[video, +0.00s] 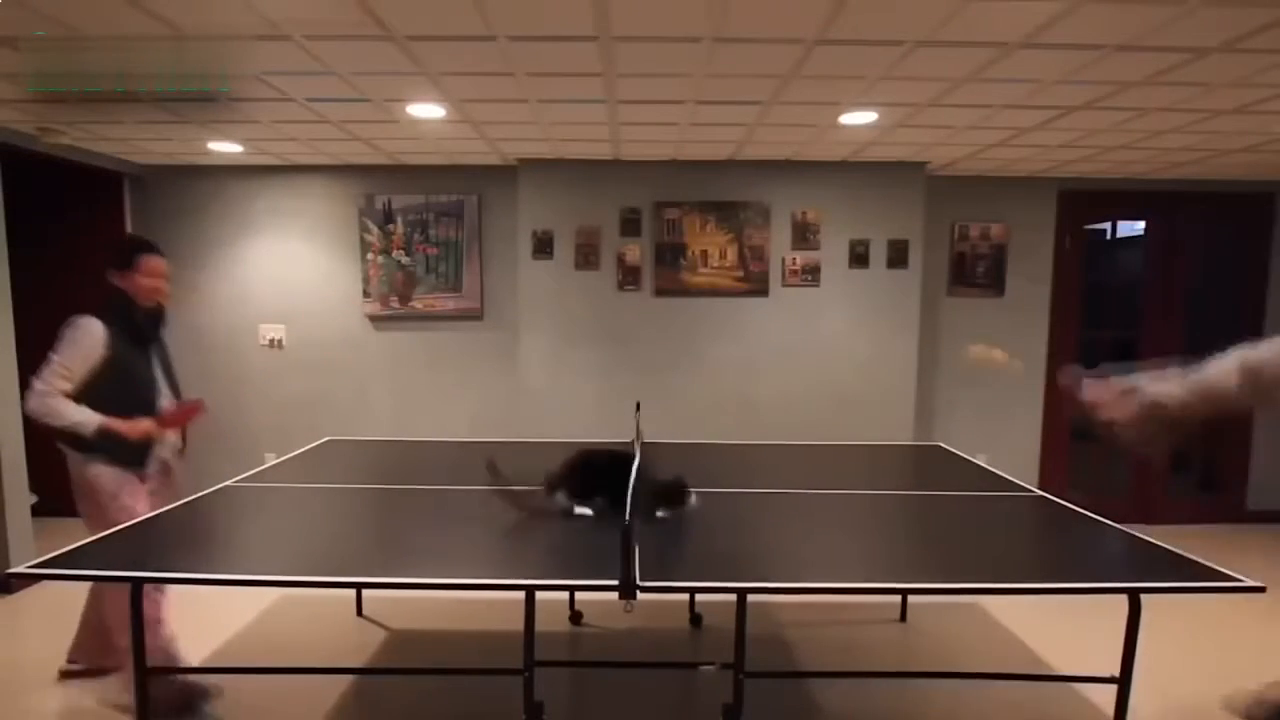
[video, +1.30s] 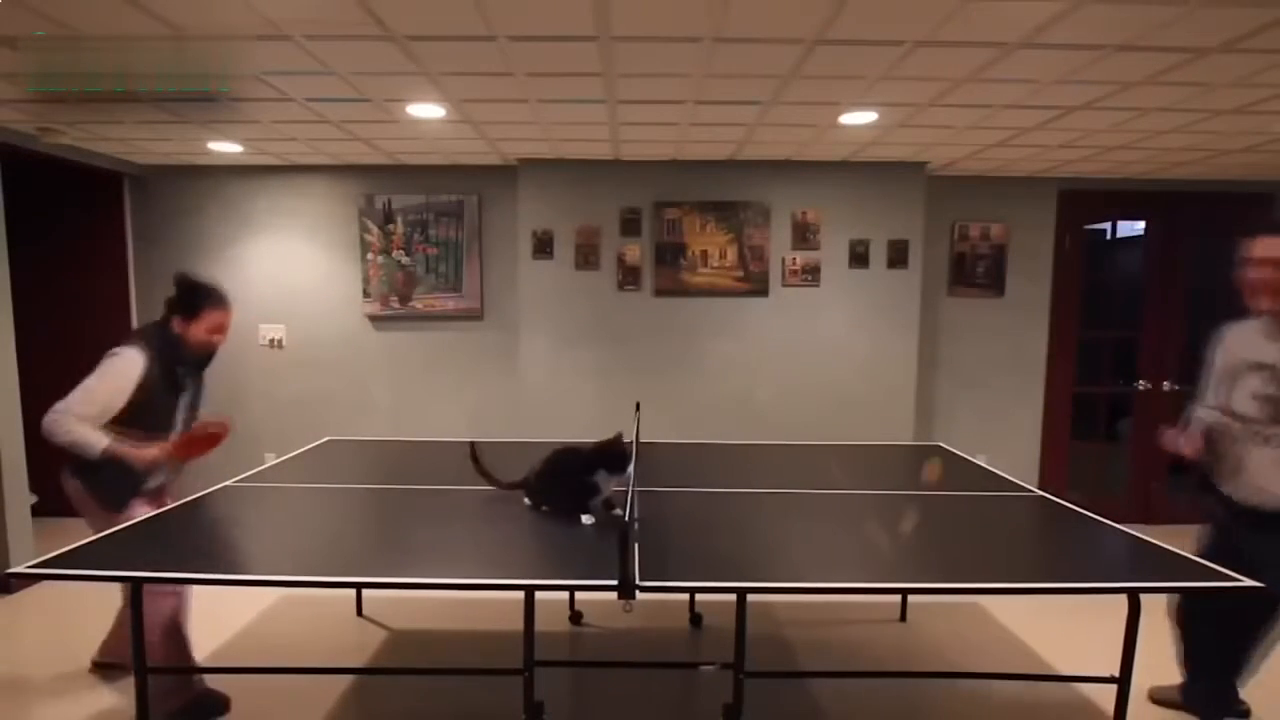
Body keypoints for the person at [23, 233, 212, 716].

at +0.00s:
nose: (161, 288)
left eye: (165, 279)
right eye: (151, 278)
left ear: (165, 283)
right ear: (123, 279)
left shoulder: (150, 334)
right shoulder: (93, 330)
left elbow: (160, 401)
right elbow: (40, 400)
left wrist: (175, 420)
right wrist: (115, 427)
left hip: (147, 466)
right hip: (103, 470)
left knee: (127, 560)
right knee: (143, 560)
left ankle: (91, 655)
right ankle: (159, 677)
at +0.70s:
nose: (160, 292)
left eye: (163, 282)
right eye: (150, 282)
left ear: (165, 284)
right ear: (119, 285)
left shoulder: (157, 334)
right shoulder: (93, 333)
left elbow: (172, 414)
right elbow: (52, 400)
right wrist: (133, 375)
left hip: (153, 465)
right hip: (108, 468)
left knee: (132, 564)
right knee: (168, 567)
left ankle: (89, 658)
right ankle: (170, 686)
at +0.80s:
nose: (186, 282)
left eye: (188, 272)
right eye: (175, 273)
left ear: (186, 276)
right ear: (142, 278)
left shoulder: (175, 328)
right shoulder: (119, 325)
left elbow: (186, 403)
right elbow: (110, 378)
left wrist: (188, 460)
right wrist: (182, 344)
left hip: (165, 466)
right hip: (121, 468)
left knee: (133, 565)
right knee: (176, 569)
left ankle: (92, 657)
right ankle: (174, 689)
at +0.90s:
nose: (209, 283)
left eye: (211, 273)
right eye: (200, 273)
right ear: (166, 274)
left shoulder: (187, 320)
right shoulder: (143, 316)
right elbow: (135, 360)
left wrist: (192, 458)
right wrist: (202, 337)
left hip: (174, 463)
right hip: (131, 464)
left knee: (180, 573)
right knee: (162, 576)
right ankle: (167, 691)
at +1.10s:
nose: (227, 292)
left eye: (229, 283)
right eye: (218, 282)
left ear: (218, 283)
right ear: (182, 280)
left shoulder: (200, 327)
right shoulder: (150, 324)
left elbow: (189, 381)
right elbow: (94, 386)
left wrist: (227, 385)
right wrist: (179, 387)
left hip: (175, 469)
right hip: (132, 473)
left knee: (136, 564)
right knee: (172, 578)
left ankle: (103, 640)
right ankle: (173, 692)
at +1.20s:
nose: (227, 312)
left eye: (230, 303)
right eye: (220, 301)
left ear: (213, 301)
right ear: (187, 297)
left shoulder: (201, 340)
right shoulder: (147, 338)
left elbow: (182, 407)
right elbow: (77, 402)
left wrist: (209, 410)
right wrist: (159, 418)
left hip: (160, 468)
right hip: (114, 471)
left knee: (149, 569)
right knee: (169, 574)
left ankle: (113, 657)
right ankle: (173, 692)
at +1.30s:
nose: (219, 341)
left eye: (223, 332)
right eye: (214, 330)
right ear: (182, 322)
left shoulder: (191, 362)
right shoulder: (135, 359)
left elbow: (176, 428)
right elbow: (59, 422)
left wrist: (193, 441)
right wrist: (132, 452)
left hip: (149, 480)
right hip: (100, 483)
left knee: (172, 562)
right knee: (162, 578)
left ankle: (118, 650)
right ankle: (172, 694)